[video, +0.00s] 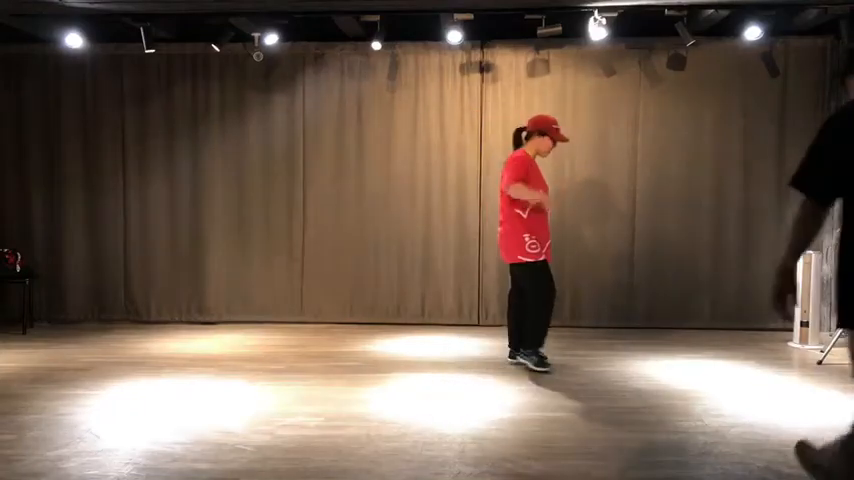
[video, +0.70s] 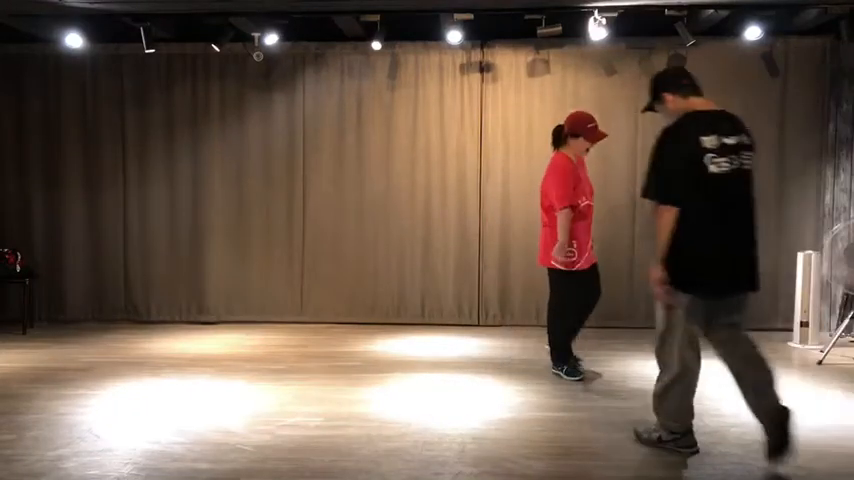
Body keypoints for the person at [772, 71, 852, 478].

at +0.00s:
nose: (844, 85)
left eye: (845, 77)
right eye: (845, 79)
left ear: (848, 78)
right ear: (848, 80)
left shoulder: (845, 122)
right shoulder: (843, 122)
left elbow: (815, 203)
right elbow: (815, 203)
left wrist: (788, 265)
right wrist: (789, 265)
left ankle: (844, 455)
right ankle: (843, 452)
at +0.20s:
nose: (793, 100)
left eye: (793, 92)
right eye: (792, 93)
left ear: (804, 83)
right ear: (843, 79)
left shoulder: (800, 122)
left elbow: (780, 207)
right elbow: (781, 207)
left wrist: (765, 269)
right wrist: (768, 269)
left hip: (820, 273)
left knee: (790, 359)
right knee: (844, 372)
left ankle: (843, 452)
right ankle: (828, 464)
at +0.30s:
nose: (769, 103)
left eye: (767, 96)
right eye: (766, 97)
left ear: (778, 85)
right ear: (815, 80)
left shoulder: (780, 123)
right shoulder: (849, 115)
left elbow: (769, 204)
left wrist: (760, 267)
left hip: (803, 267)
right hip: (847, 264)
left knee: (750, 342)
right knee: (837, 372)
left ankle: (807, 448)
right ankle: (832, 463)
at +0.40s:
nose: (742, 111)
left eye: (739, 103)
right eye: (738, 105)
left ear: (751, 89)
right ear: (783, 84)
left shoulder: (757, 127)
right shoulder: (826, 122)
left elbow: (754, 204)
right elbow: (835, 207)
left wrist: (744, 263)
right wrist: (839, 273)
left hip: (770, 267)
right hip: (821, 266)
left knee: (725, 339)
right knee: (817, 368)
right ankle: (826, 469)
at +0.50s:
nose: (717, 115)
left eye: (714, 108)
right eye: (713, 109)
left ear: (723, 97)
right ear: (754, 91)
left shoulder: (732, 135)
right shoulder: (793, 127)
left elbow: (730, 213)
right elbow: (786, 203)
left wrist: (720, 271)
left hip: (749, 269)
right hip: (794, 267)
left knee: (713, 353)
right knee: (803, 371)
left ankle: (681, 423)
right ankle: (825, 468)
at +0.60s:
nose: (688, 114)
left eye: (685, 107)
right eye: (686, 108)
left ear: (696, 99)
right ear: (723, 93)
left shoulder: (705, 138)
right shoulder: (761, 127)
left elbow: (700, 211)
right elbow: (762, 200)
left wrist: (692, 268)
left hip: (719, 265)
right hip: (763, 262)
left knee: (693, 349)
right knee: (775, 357)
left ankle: (676, 430)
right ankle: (815, 457)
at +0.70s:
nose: (661, 114)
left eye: (659, 107)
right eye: (659, 108)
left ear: (671, 98)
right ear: (694, 92)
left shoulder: (677, 134)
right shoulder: (735, 125)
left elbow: (669, 205)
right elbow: (736, 197)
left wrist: (659, 261)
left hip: (690, 259)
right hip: (735, 255)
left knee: (676, 343)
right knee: (726, 331)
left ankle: (675, 430)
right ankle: (772, 415)